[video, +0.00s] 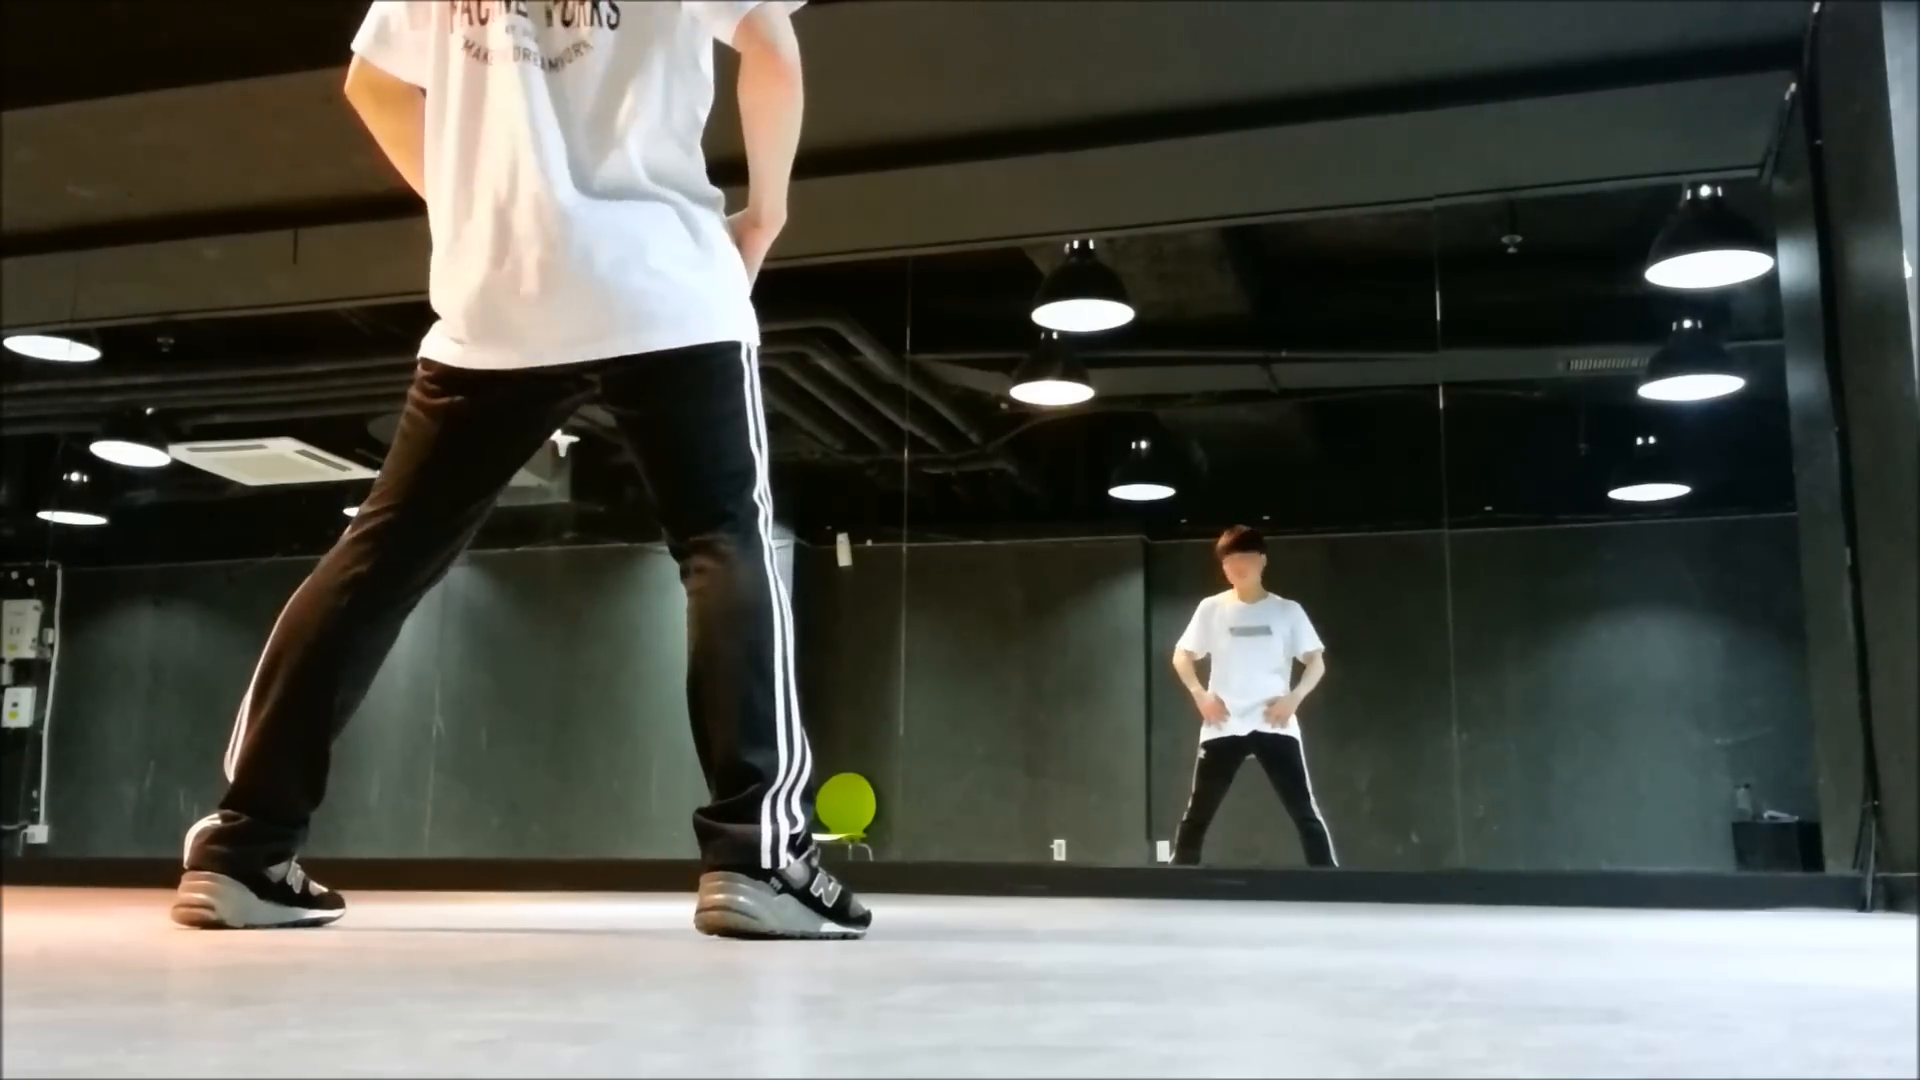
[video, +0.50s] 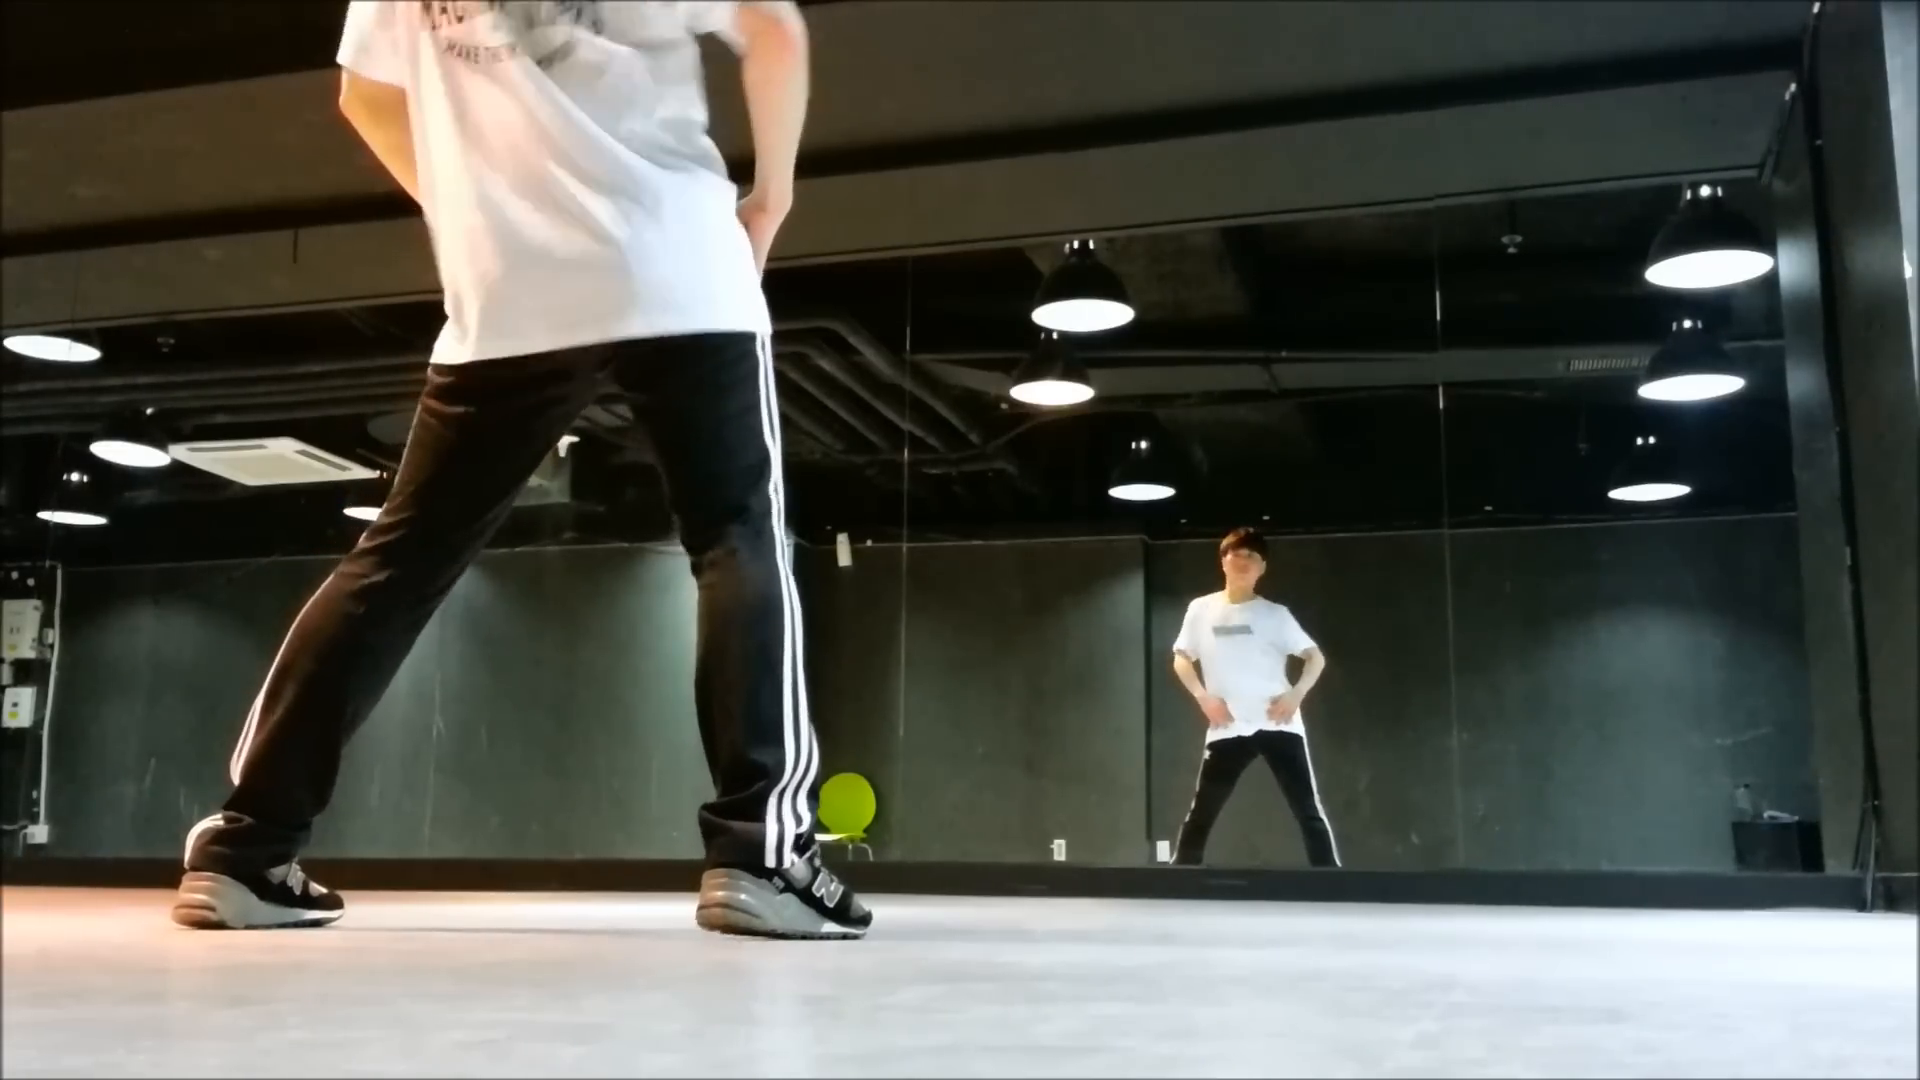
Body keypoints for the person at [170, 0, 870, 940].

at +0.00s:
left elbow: (376, 81)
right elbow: (771, 48)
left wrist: (476, 207)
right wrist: (767, 204)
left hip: (495, 275)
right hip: (663, 274)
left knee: (380, 555)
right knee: (726, 545)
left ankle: (240, 844)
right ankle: (758, 851)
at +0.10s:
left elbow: (371, 81)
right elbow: (772, 42)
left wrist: (470, 208)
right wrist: (765, 203)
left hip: (498, 278)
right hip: (667, 275)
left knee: (379, 555)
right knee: (727, 551)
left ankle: (240, 844)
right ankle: (758, 852)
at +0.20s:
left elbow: (369, 81)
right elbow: (777, 37)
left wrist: (473, 208)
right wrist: (767, 201)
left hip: (496, 280)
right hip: (665, 278)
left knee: (379, 557)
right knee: (728, 554)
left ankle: (241, 844)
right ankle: (758, 852)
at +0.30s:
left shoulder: (450, 1)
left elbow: (365, 89)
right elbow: (791, 34)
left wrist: (474, 217)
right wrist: (768, 200)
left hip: (495, 279)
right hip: (665, 274)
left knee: (386, 557)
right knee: (730, 553)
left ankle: (242, 844)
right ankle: (758, 853)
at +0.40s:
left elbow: (365, 96)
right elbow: (794, 31)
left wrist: (476, 216)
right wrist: (773, 194)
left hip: (499, 275)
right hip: (667, 266)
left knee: (391, 559)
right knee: (735, 551)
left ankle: (243, 844)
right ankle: (758, 852)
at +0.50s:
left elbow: (368, 92)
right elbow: (772, 25)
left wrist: (472, 210)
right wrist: (773, 183)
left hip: (505, 264)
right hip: (679, 254)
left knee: (397, 558)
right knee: (739, 545)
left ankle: (243, 844)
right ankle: (763, 851)